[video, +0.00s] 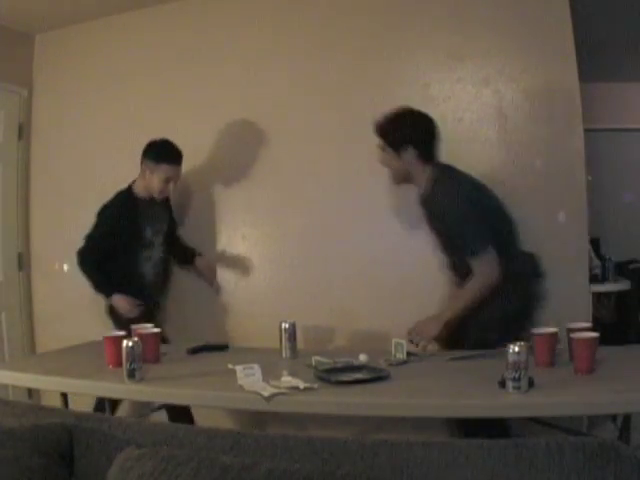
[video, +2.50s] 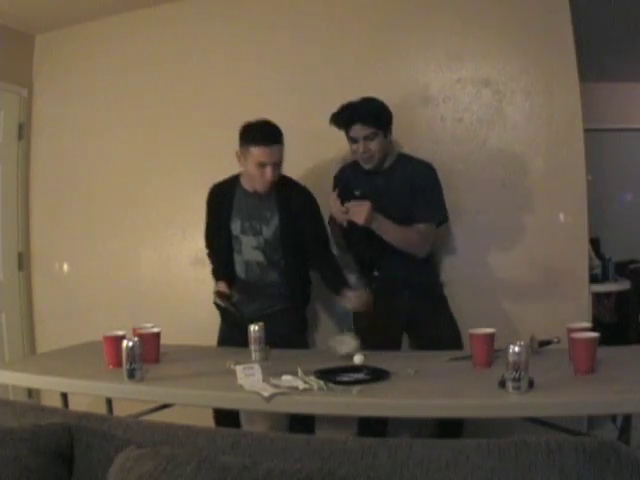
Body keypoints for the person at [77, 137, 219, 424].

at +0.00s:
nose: (170, 188)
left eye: (174, 181)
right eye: (166, 180)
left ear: (175, 177)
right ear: (146, 171)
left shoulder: (162, 206)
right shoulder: (118, 209)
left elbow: (170, 242)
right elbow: (87, 257)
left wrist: (194, 259)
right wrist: (113, 295)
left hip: (153, 304)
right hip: (127, 307)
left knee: (120, 376)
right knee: (166, 371)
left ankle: (92, 432)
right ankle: (189, 439)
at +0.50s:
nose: (224, 158)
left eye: (228, 150)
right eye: (217, 151)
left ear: (231, 147)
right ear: (194, 147)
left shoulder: (229, 186)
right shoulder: (173, 195)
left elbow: (240, 233)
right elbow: (157, 256)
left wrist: (244, 262)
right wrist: (194, 291)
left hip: (230, 306)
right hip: (193, 312)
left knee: (234, 390)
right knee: (198, 394)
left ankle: (229, 459)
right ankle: (194, 462)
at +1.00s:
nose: (269, 133)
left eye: (274, 126)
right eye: (259, 129)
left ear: (284, 134)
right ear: (247, 139)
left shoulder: (311, 182)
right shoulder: (236, 193)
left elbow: (334, 220)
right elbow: (232, 250)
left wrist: (325, 164)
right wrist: (224, 275)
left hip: (303, 305)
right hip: (255, 308)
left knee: (314, 389)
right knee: (241, 389)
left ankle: (318, 462)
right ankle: (246, 461)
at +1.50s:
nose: (253, 166)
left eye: (260, 157)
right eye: (245, 158)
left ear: (266, 151)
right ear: (226, 152)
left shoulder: (283, 189)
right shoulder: (207, 195)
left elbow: (295, 247)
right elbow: (205, 256)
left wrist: (273, 277)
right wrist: (227, 278)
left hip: (279, 305)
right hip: (233, 308)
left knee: (290, 386)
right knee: (235, 390)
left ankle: (299, 459)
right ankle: (241, 459)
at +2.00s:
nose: (294, 198)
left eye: (300, 189)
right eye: (285, 190)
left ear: (306, 177)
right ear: (263, 175)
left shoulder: (311, 208)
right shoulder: (236, 197)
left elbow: (343, 264)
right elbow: (223, 244)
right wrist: (235, 280)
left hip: (295, 317)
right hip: (246, 315)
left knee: (299, 398)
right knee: (235, 394)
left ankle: (301, 464)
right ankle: (242, 460)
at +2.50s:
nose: (271, 174)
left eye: (276, 165)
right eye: (262, 166)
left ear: (282, 158)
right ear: (241, 160)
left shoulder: (298, 198)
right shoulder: (221, 195)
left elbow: (319, 253)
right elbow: (216, 243)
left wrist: (343, 289)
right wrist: (222, 278)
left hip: (286, 313)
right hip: (237, 312)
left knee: (295, 393)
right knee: (223, 391)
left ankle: (301, 462)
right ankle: (228, 462)